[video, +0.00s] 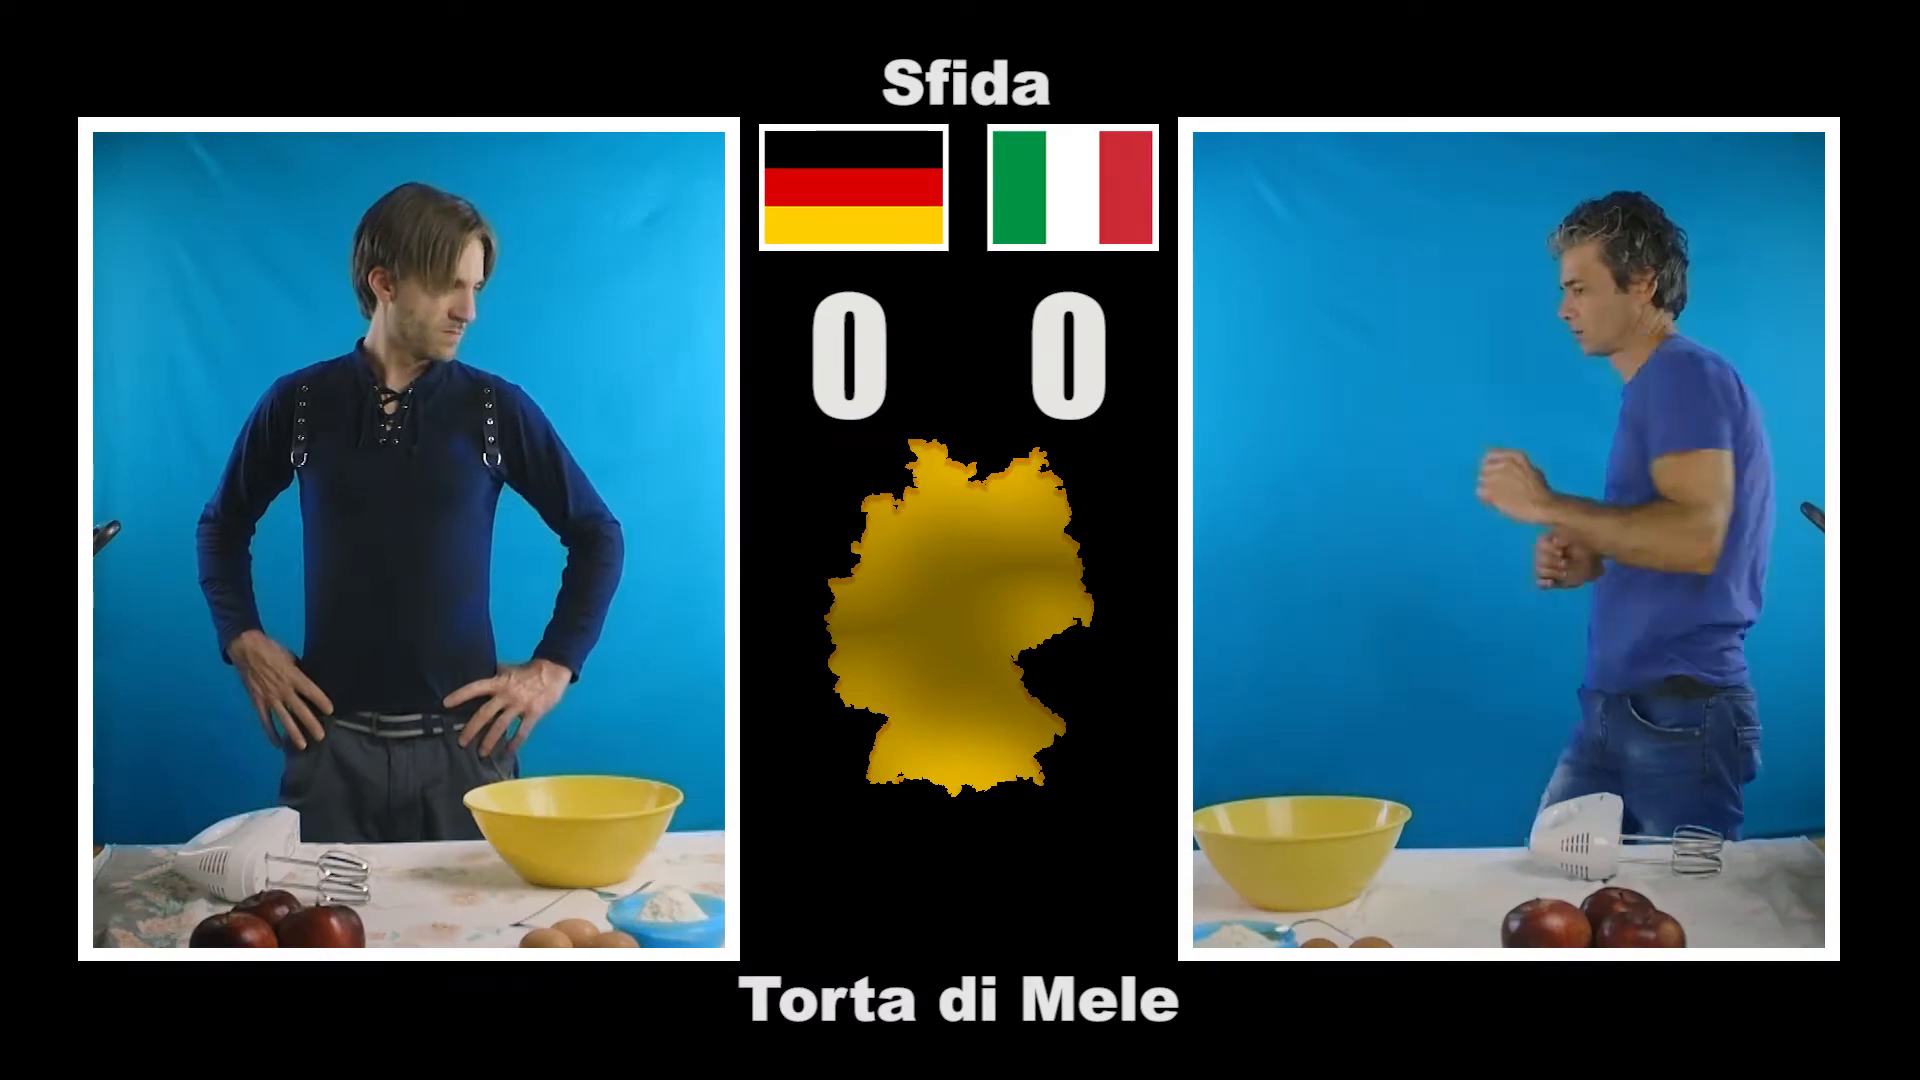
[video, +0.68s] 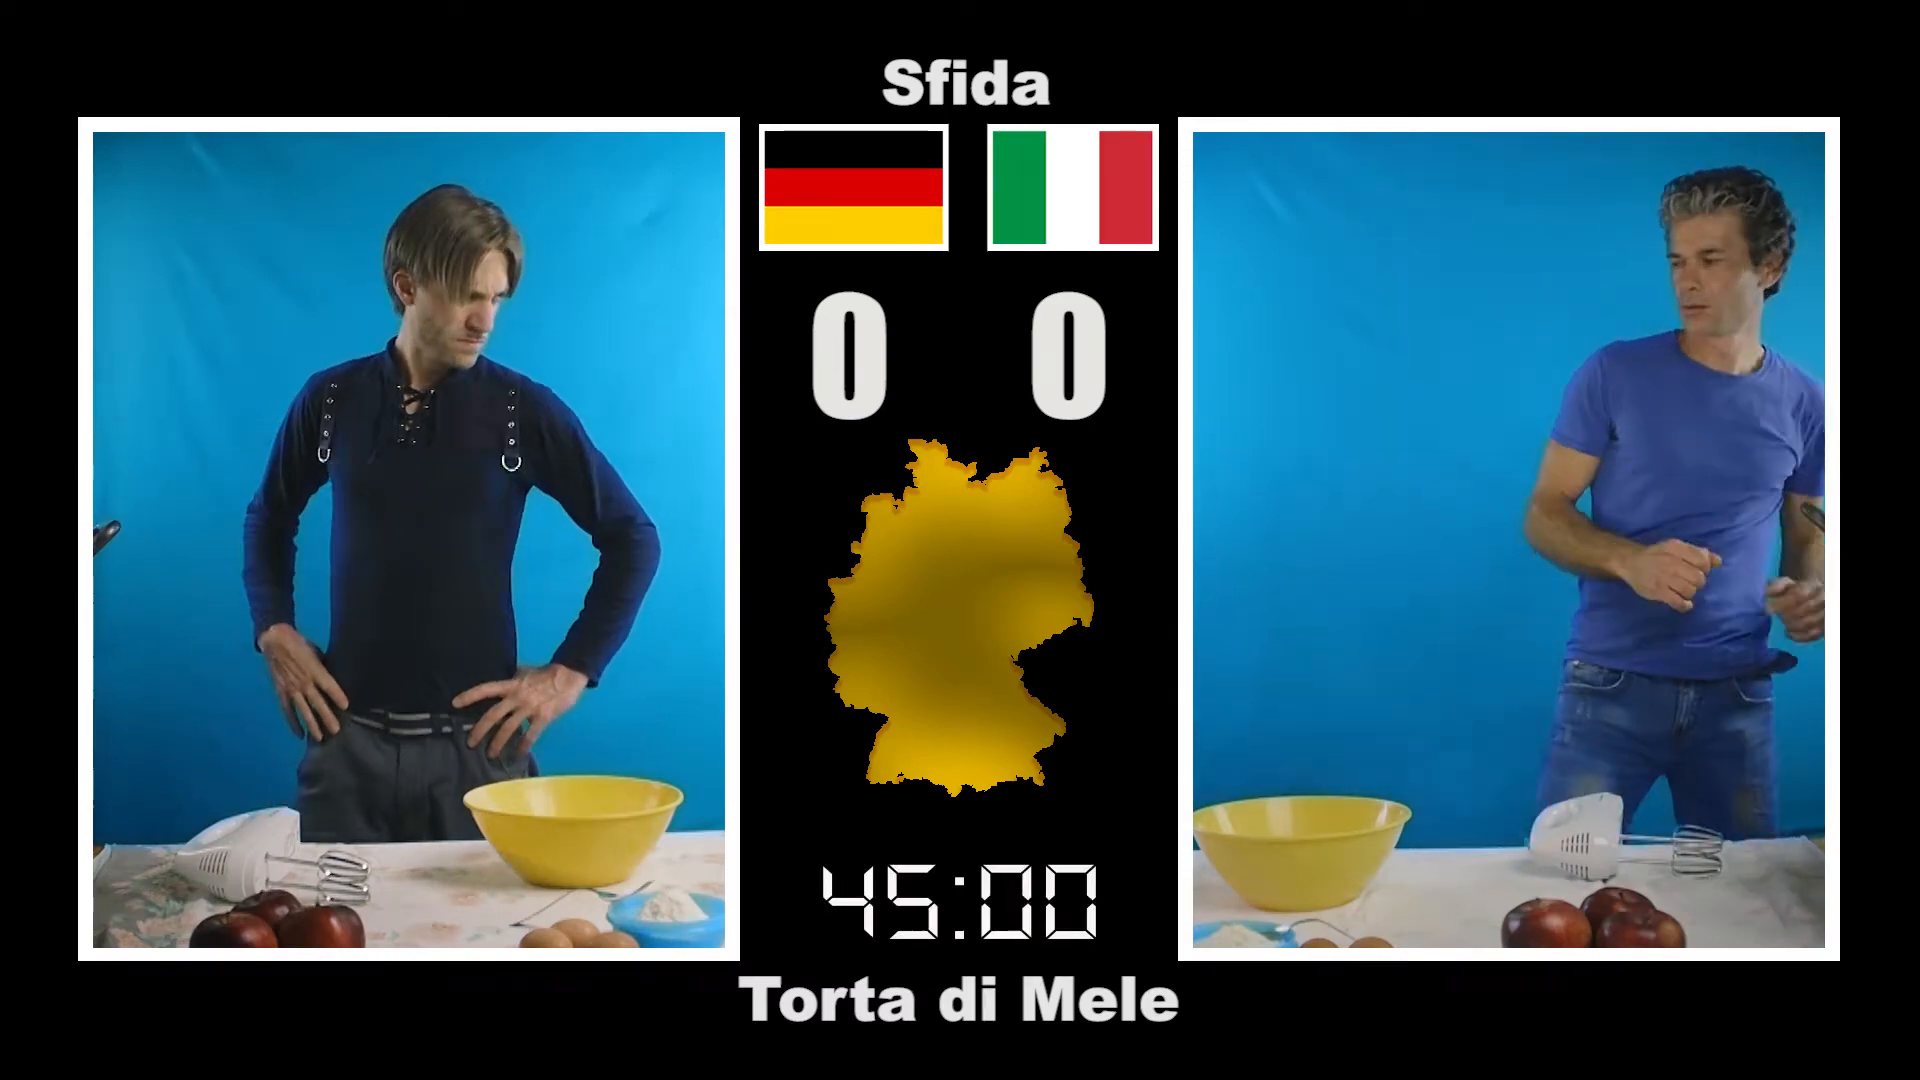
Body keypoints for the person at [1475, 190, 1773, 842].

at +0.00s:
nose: (1564, 310)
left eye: (1578, 288)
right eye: (1564, 291)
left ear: (1642, 284)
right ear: (1636, 287)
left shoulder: (1685, 377)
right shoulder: (1648, 394)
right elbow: (1673, 541)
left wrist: (1546, 505)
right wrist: (1595, 558)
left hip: (1686, 715)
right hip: (1612, 707)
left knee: (1680, 919)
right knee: (1553, 895)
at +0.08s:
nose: (1576, 301)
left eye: (1590, 280)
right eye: (1574, 284)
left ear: (1656, 277)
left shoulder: (1734, 374)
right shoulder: (1618, 418)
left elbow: (1770, 523)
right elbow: (1647, 561)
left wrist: (1612, 499)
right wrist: (1563, 569)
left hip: (1710, 703)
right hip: (1613, 700)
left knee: (1708, 910)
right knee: (1555, 889)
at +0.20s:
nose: (1611, 298)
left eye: (1628, 276)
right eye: (1606, 281)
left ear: (1693, 270)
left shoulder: (1785, 383)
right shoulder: (1598, 404)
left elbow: (1829, 506)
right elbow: (1544, 506)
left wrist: (1737, 484)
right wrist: (1527, 558)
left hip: (1739, 697)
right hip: (1623, 693)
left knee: (1736, 897)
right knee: (1560, 878)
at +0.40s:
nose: (1677, 280)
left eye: (1697, 259)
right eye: (1665, 262)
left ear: (1754, 260)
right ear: (1654, 266)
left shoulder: (1802, 391)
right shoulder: (1611, 376)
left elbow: (1825, 530)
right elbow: (1540, 493)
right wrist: (1551, 547)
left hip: (1757, 687)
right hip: (1633, 682)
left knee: (1755, 893)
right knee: (1579, 883)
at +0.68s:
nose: (1688, 282)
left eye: (1711, 260)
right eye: (1678, 262)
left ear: (1770, 268)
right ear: (1668, 267)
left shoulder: (1805, 405)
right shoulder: (1613, 376)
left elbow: (1809, 533)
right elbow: (1544, 517)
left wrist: (1810, 593)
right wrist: (1629, 560)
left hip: (1734, 699)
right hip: (1607, 691)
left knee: (1741, 899)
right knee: (1564, 895)